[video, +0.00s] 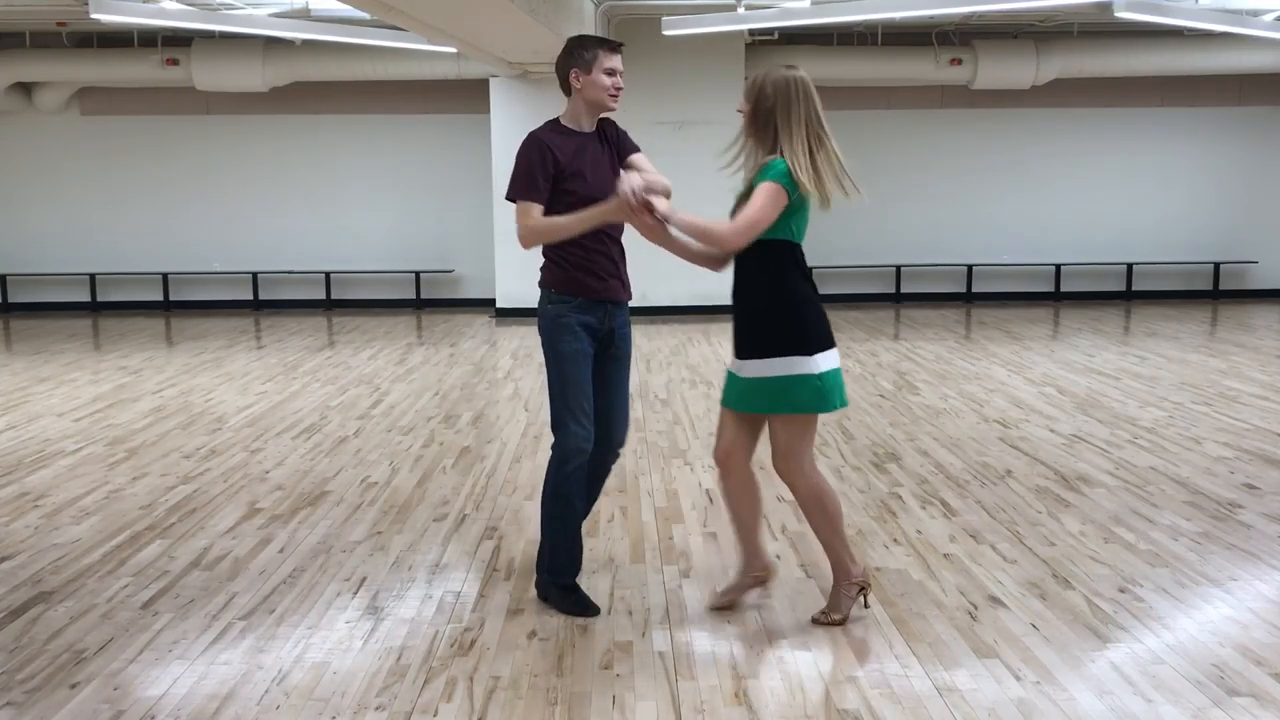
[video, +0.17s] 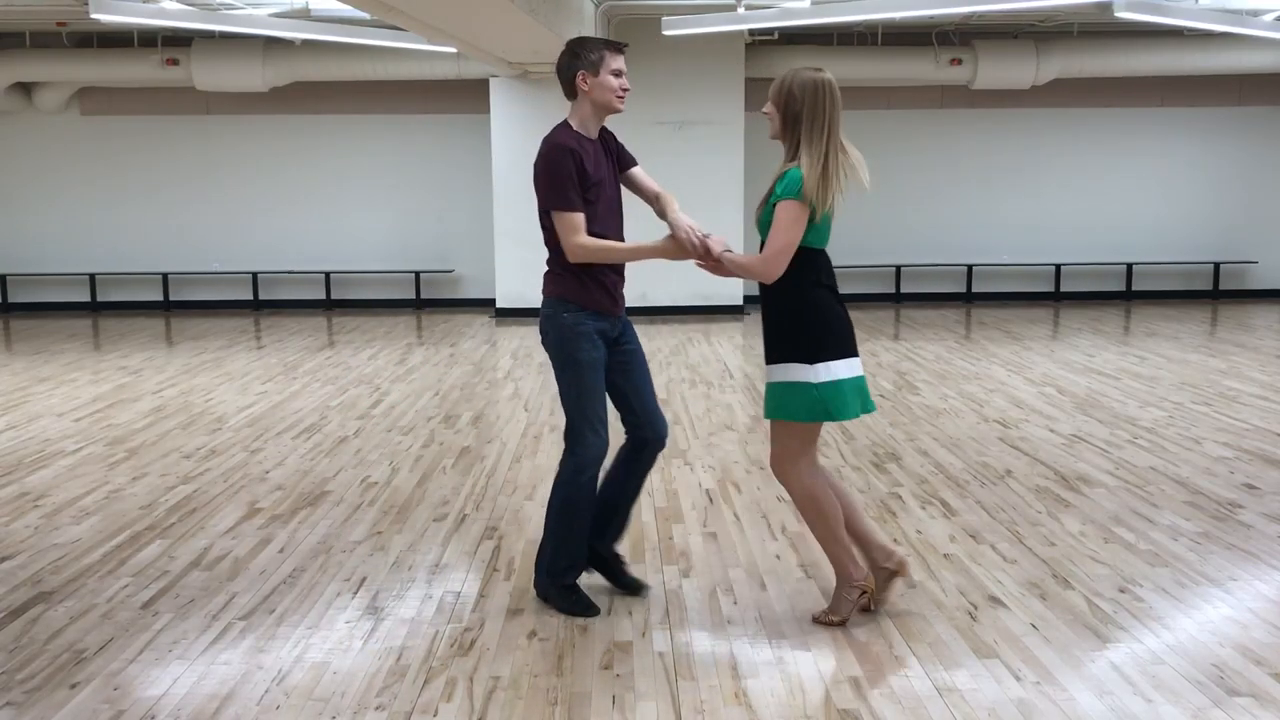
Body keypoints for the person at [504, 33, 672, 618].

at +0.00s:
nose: (620, 83)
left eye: (621, 75)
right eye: (610, 74)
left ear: (602, 82)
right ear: (576, 78)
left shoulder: (614, 138)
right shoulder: (540, 145)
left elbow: (662, 187)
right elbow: (529, 232)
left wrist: (645, 186)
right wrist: (609, 211)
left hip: (613, 310)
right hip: (566, 310)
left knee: (608, 440)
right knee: (575, 441)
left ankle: (557, 538)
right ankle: (555, 580)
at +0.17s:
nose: (626, 85)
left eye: (626, 75)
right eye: (617, 75)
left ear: (601, 84)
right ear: (582, 82)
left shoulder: (608, 144)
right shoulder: (560, 150)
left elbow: (656, 194)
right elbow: (575, 247)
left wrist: (679, 220)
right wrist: (660, 249)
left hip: (613, 316)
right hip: (571, 317)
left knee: (649, 433)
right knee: (588, 445)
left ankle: (597, 544)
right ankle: (554, 575)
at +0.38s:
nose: (637, 78)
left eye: (636, 69)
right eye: (628, 68)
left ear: (606, 78)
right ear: (593, 76)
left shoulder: (608, 141)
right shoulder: (582, 143)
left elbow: (661, 194)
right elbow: (616, 243)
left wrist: (701, 212)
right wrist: (689, 244)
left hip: (623, 313)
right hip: (594, 313)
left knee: (655, 437)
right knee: (614, 441)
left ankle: (654, 572)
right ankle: (558, 568)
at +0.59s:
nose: (642, 77)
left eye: (640, 67)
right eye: (632, 67)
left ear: (608, 78)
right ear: (599, 75)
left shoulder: (607, 141)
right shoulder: (589, 140)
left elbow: (657, 199)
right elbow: (608, 243)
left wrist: (692, 203)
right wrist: (680, 238)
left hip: (622, 312)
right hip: (602, 313)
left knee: (656, 439)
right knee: (628, 445)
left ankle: (653, 572)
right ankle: (576, 581)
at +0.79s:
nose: (629, 78)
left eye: (628, 68)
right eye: (620, 68)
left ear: (596, 77)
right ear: (587, 74)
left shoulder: (590, 139)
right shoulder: (571, 136)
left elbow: (630, 199)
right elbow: (581, 227)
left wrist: (666, 186)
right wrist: (654, 207)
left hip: (602, 312)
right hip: (585, 314)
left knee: (636, 432)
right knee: (616, 441)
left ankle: (598, 567)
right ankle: (576, 584)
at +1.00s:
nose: (608, 79)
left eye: (607, 70)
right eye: (598, 70)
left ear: (575, 79)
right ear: (565, 76)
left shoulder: (575, 139)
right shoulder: (545, 136)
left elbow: (623, 186)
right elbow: (578, 206)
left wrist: (648, 173)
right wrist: (634, 186)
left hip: (572, 311)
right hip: (563, 312)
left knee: (564, 441)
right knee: (605, 443)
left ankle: (507, 565)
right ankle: (579, 581)